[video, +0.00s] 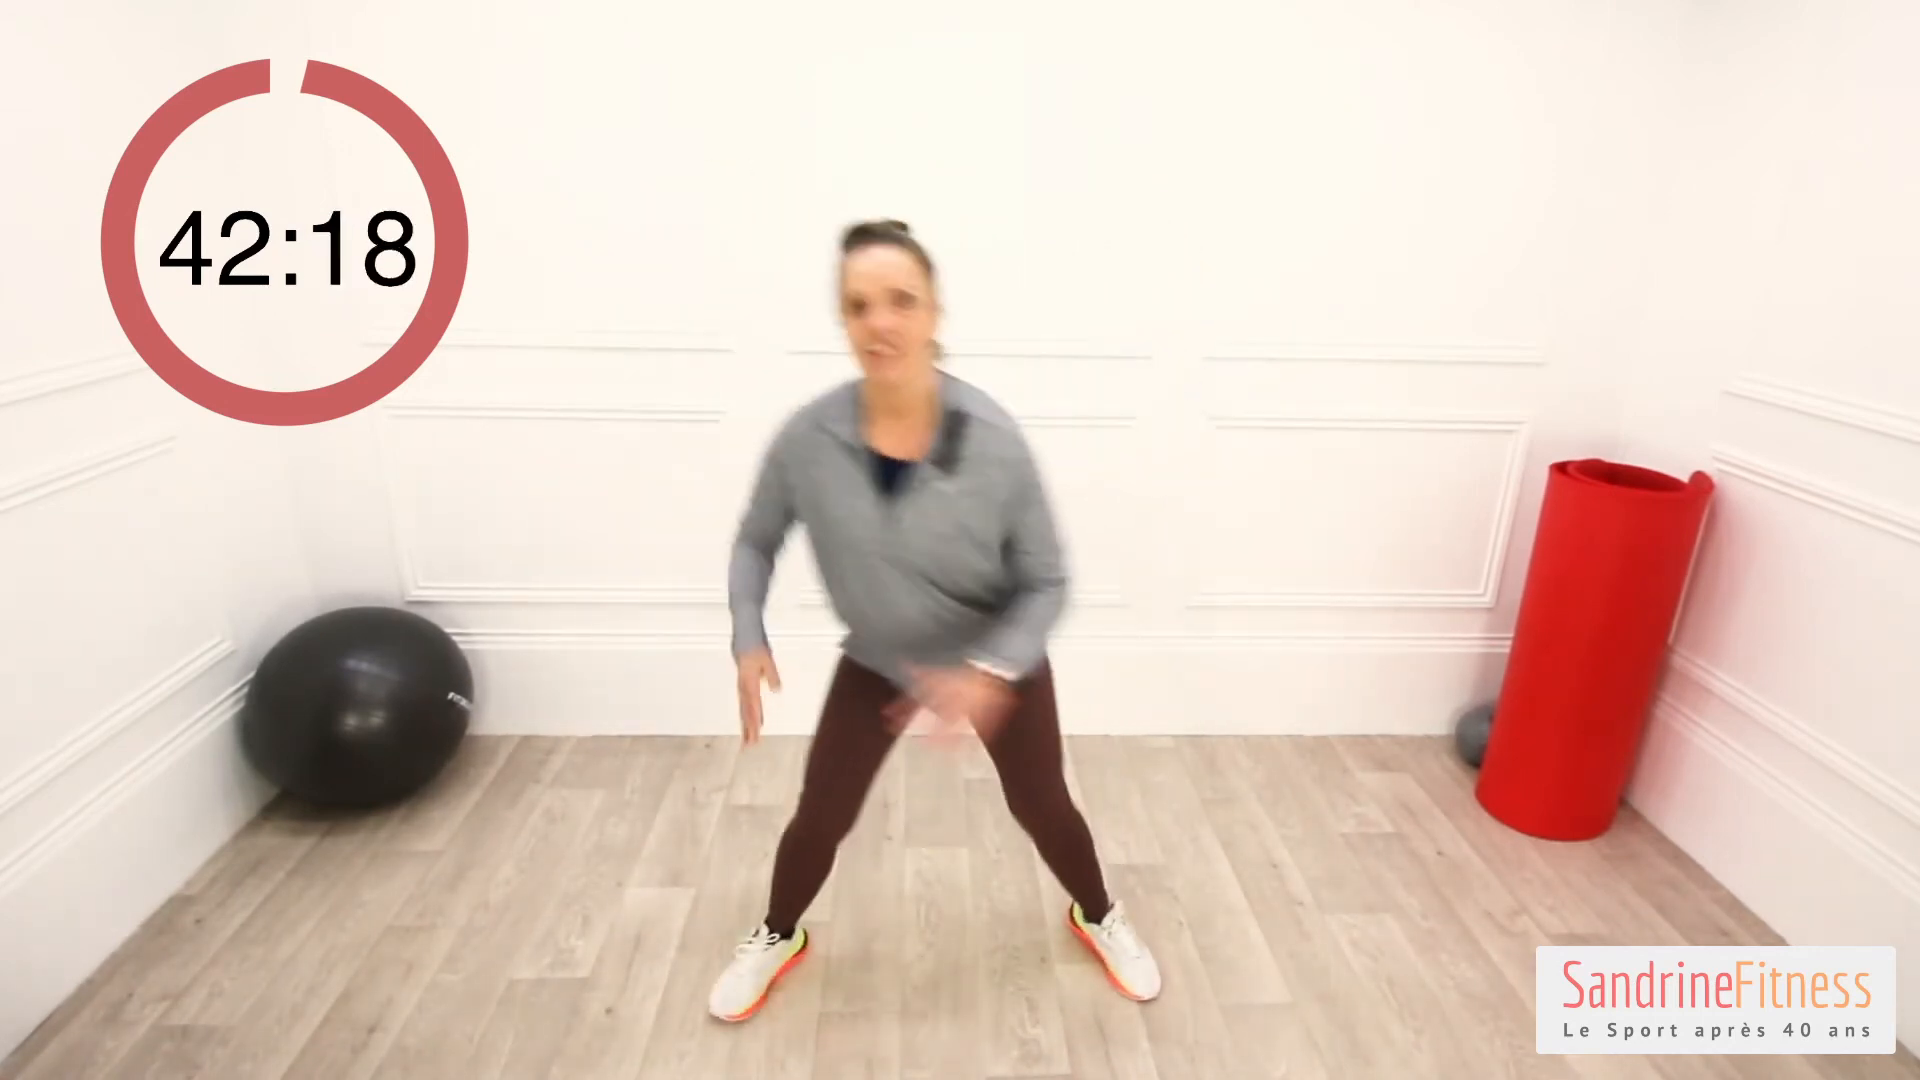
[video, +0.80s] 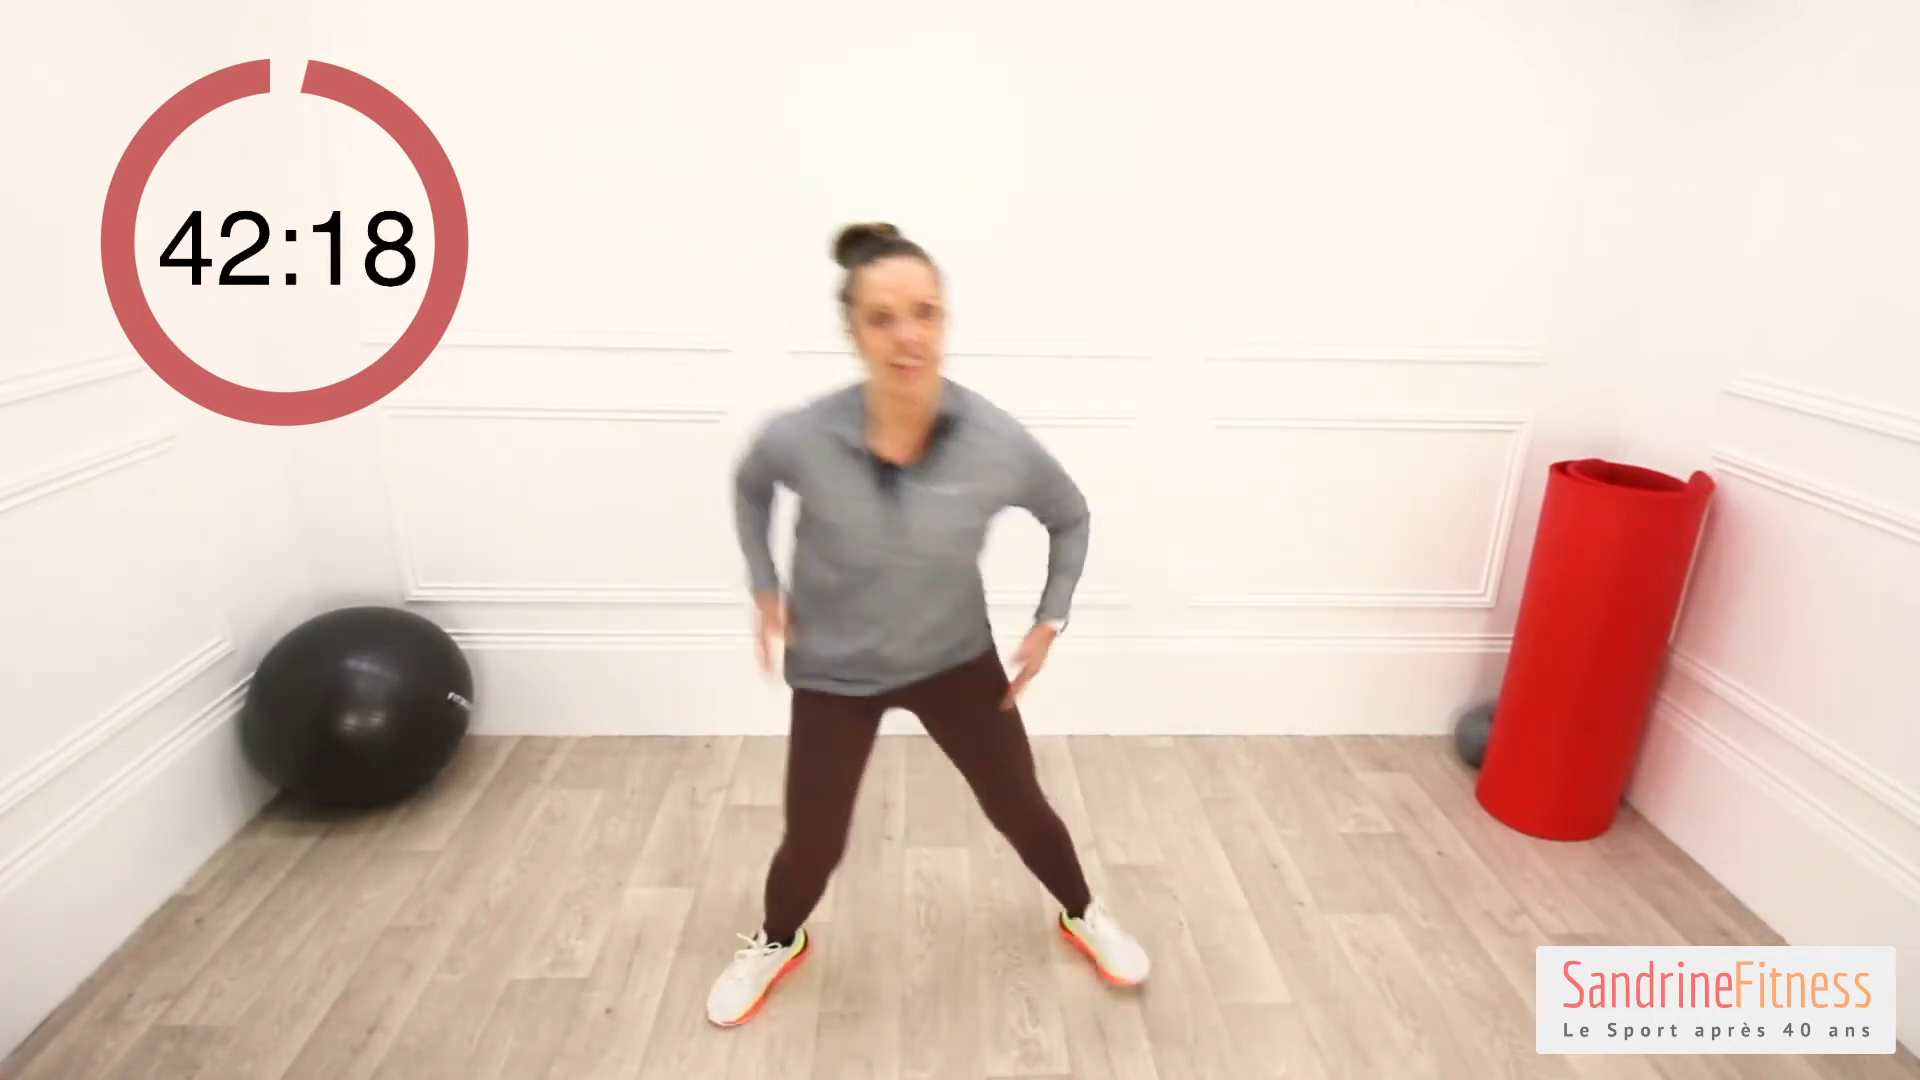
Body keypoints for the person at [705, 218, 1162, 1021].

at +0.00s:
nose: (878, 325)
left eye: (899, 302)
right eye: (858, 306)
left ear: (935, 314)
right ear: (841, 322)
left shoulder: (991, 440)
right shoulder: (807, 441)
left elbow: (1045, 582)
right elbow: (756, 543)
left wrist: (991, 672)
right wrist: (748, 637)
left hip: (996, 646)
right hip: (879, 653)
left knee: (1041, 806)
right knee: (821, 816)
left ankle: (1100, 919)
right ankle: (777, 937)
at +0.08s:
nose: (820, 299)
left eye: (842, 275)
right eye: (800, 280)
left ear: (880, 288)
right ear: (782, 297)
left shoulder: (935, 412)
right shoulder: (760, 415)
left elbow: (989, 583)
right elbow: (744, 498)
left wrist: (889, 632)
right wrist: (753, 586)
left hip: (964, 622)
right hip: (851, 634)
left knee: (1038, 768)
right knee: (812, 804)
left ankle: (1106, 904)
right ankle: (777, 935)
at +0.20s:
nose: (766, 280)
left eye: (787, 257)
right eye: (743, 263)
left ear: (826, 270)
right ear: (724, 281)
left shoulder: (876, 383)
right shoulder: (723, 384)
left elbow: (890, 522)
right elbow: (766, 495)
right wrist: (787, 569)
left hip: (937, 595)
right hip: (835, 612)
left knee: (1004, 737)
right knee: (805, 796)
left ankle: (1086, 840)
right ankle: (779, 936)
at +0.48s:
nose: (741, 301)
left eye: (762, 276)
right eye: (716, 283)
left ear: (798, 288)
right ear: (697, 302)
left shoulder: (837, 390)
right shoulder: (701, 393)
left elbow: (869, 504)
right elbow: (752, 516)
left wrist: (719, 570)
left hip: (910, 607)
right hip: (807, 628)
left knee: (978, 752)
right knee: (777, 808)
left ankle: (1050, 828)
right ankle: (779, 937)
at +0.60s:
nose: (773, 294)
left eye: (792, 269)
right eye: (747, 275)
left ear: (823, 278)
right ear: (723, 293)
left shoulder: (878, 402)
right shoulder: (705, 386)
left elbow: (987, 530)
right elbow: (777, 498)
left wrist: (899, 644)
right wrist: (807, 593)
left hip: (920, 612)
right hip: (809, 626)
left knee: (994, 748)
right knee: (787, 804)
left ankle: (1063, 852)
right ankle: (778, 938)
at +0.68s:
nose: (814, 305)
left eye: (833, 280)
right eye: (788, 287)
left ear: (861, 290)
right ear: (761, 305)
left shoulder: (917, 419)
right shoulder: (723, 396)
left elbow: (1050, 532)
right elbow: (717, 441)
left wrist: (990, 647)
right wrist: (748, 516)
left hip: (931, 622)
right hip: (815, 634)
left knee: (1007, 772)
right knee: (788, 813)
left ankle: (1072, 883)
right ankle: (778, 938)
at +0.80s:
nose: (909, 339)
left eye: (924, 316)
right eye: (883, 320)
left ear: (946, 324)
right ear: (853, 335)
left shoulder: (994, 443)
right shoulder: (802, 439)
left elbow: (1070, 517)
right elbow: (750, 485)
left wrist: (1047, 623)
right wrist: (765, 589)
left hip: (952, 659)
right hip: (834, 667)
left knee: (1020, 809)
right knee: (812, 840)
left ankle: (1084, 915)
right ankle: (776, 941)